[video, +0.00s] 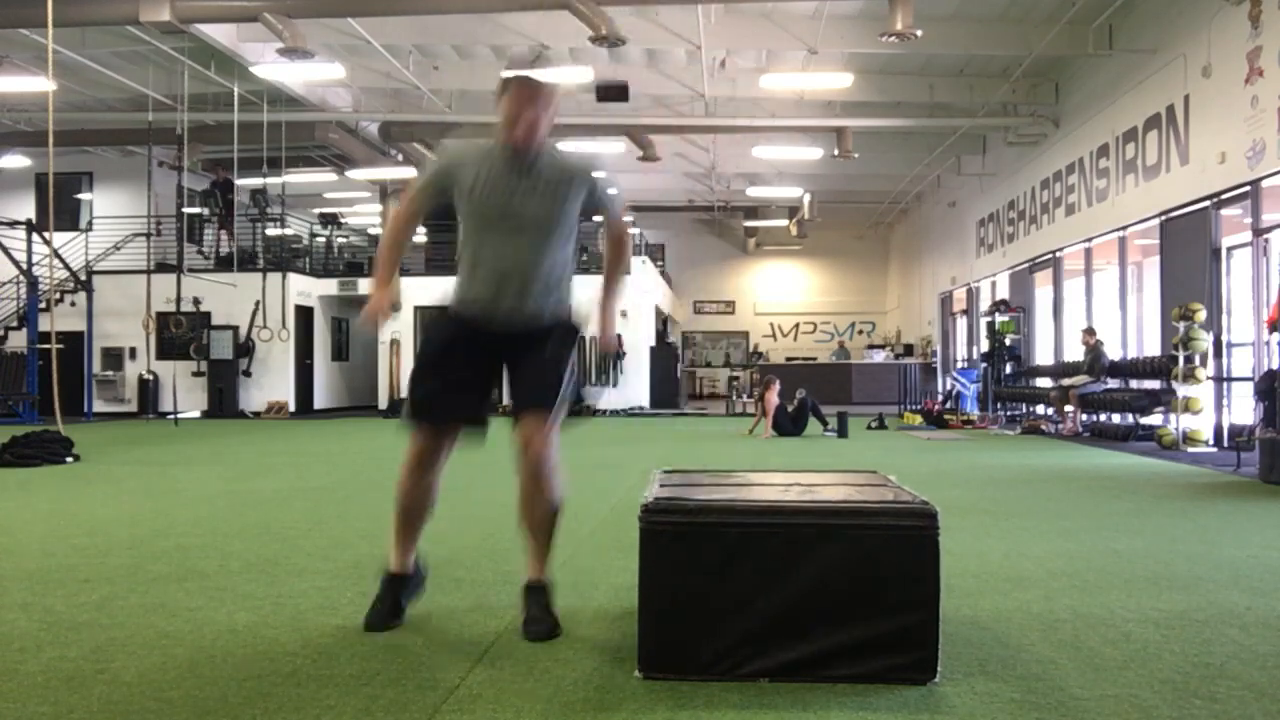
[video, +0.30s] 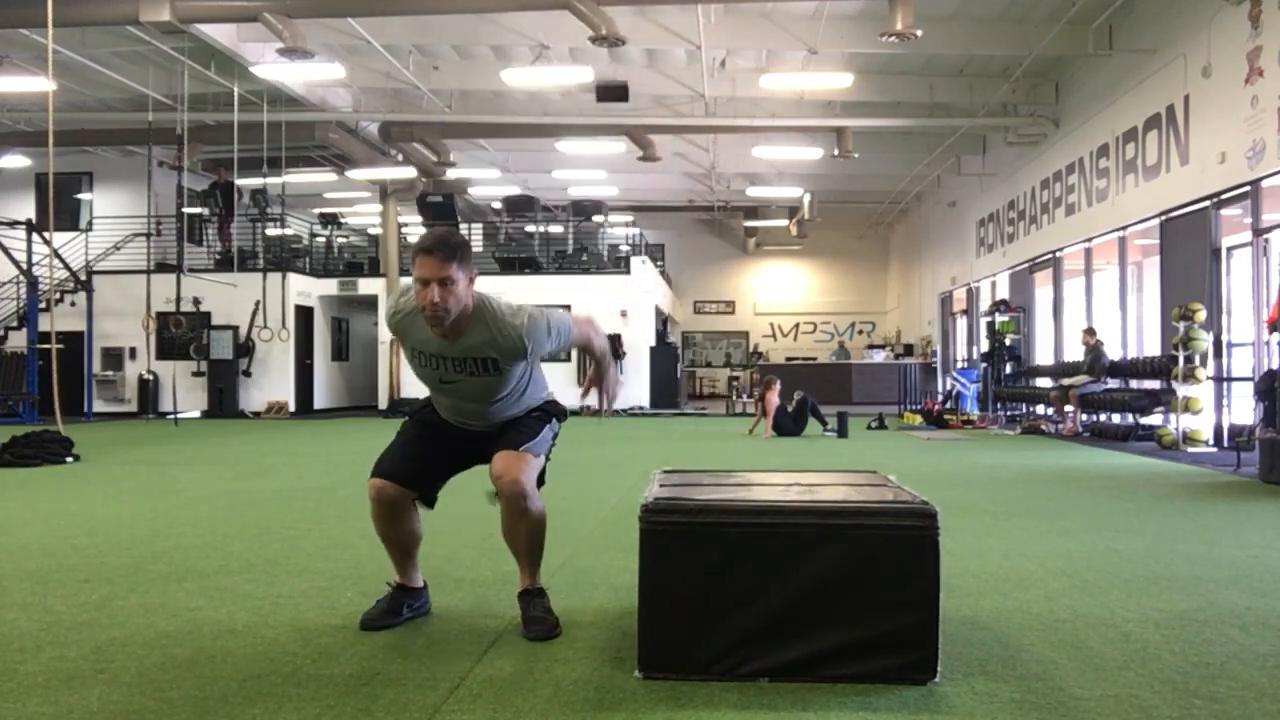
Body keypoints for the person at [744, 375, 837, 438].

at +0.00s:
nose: (779, 387)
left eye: (778, 384)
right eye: (778, 384)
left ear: (767, 385)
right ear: (772, 385)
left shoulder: (765, 396)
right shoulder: (771, 396)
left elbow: (759, 416)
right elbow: (769, 416)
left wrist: (751, 430)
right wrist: (767, 433)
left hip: (785, 430)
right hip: (793, 430)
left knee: (808, 401)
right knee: (806, 401)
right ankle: (826, 426)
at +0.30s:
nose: (779, 387)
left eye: (779, 385)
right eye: (778, 385)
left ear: (767, 386)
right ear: (773, 385)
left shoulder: (764, 396)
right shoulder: (772, 396)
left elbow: (759, 415)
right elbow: (769, 416)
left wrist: (750, 430)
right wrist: (767, 433)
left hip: (784, 430)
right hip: (793, 431)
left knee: (782, 407)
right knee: (806, 399)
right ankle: (826, 426)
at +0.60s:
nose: (779, 387)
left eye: (779, 385)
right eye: (778, 385)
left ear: (767, 385)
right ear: (773, 385)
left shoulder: (764, 396)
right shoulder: (772, 396)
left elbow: (759, 415)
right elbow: (769, 416)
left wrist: (750, 430)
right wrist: (767, 433)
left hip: (784, 430)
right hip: (792, 430)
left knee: (803, 398)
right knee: (806, 400)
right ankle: (826, 426)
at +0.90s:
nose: (779, 387)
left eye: (779, 385)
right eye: (778, 385)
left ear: (767, 385)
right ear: (773, 385)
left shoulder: (764, 396)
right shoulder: (772, 396)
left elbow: (759, 415)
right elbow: (769, 416)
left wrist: (750, 430)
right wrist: (767, 433)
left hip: (784, 430)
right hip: (792, 430)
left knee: (803, 398)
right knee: (806, 400)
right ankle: (826, 426)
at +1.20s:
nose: (779, 387)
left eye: (779, 384)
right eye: (778, 384)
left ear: (767, 385)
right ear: (773, 385)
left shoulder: (765, 396)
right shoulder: (772, 396)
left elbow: (759, 415)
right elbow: (769, 416)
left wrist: (750, 430)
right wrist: (767, 433)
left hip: (785, 430)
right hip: (793, 430)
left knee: (803, 398)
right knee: (806, 399)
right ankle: (826, 426)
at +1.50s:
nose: (779, 387)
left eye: (779, 385)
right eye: (778, 385)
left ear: (767, 385)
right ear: (773, 385)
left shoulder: (765, 396)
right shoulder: (772, 396)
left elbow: (759, 415)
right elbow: (770, 416)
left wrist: (750, 430)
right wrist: (767, 433)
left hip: (785, 430)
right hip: (792, 430)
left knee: (803, 397)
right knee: (806, 400)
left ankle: (825, 424)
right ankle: (826, 426)